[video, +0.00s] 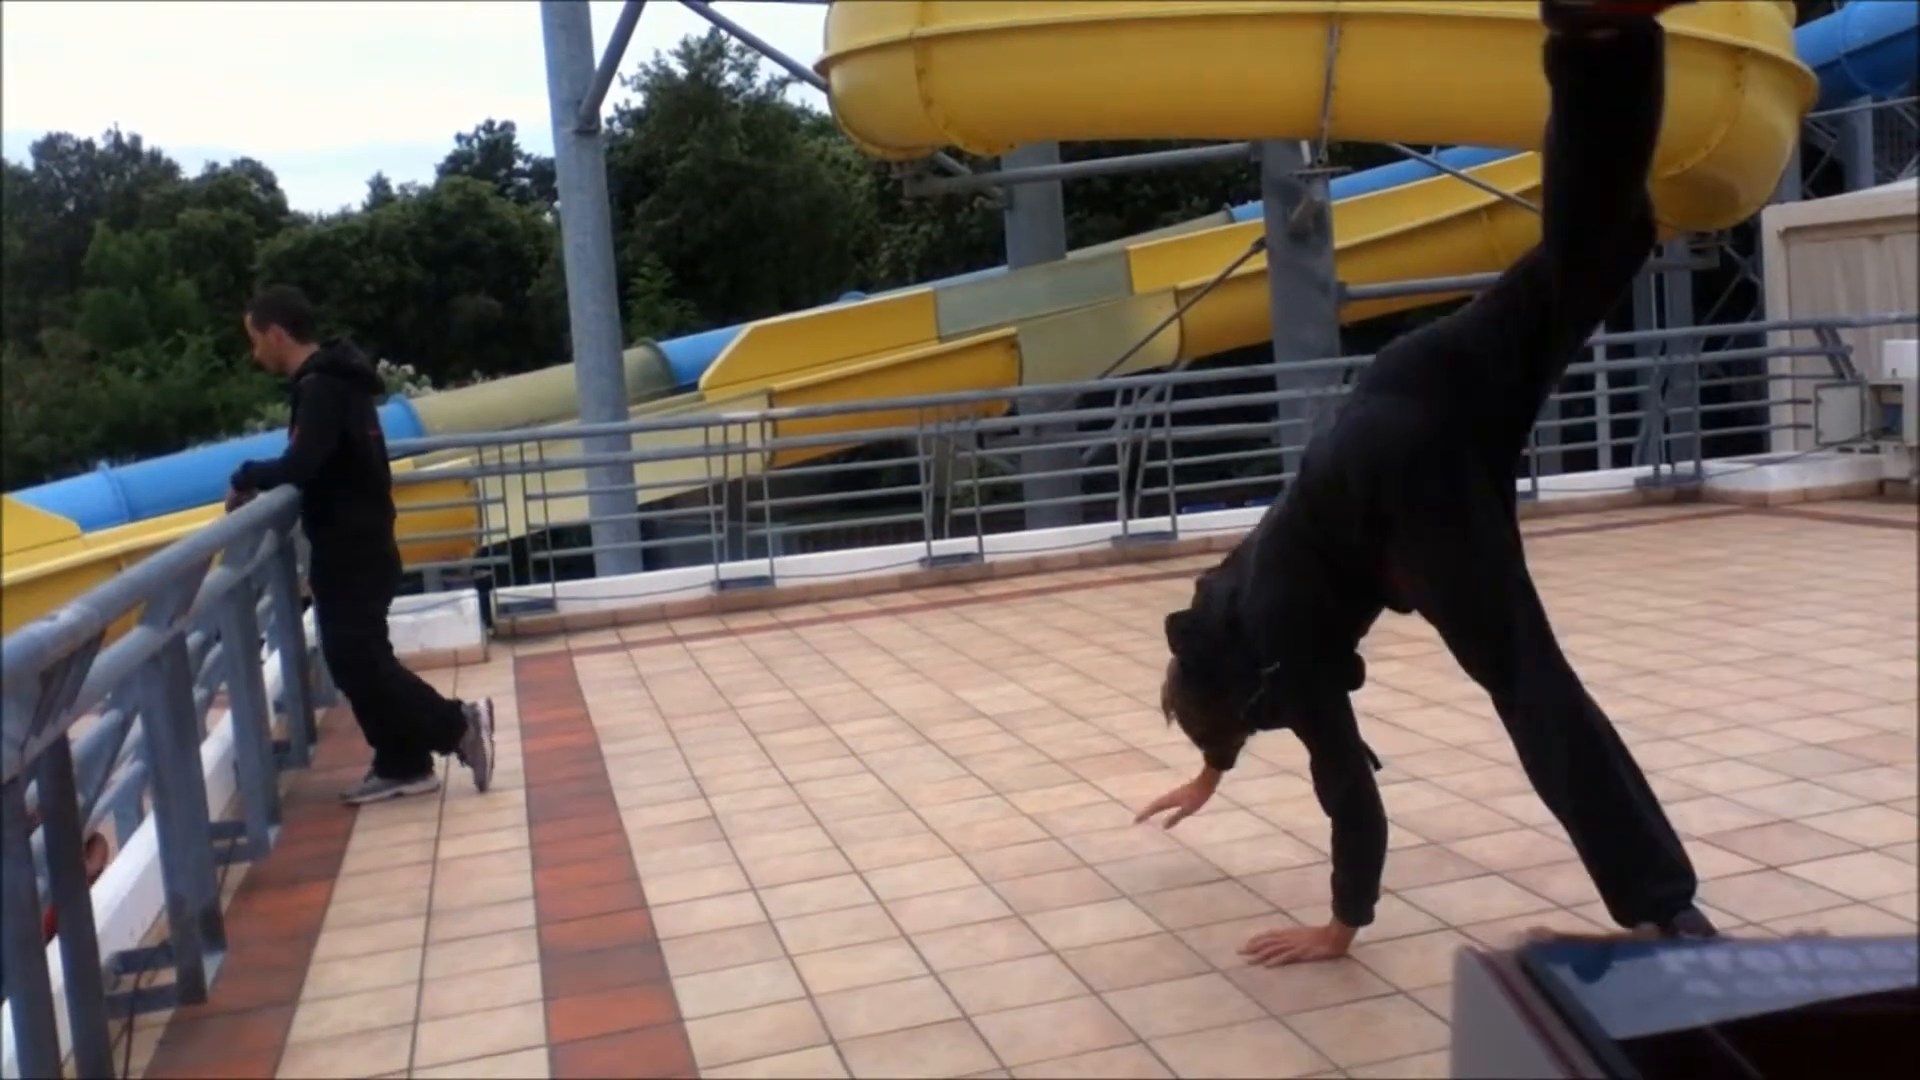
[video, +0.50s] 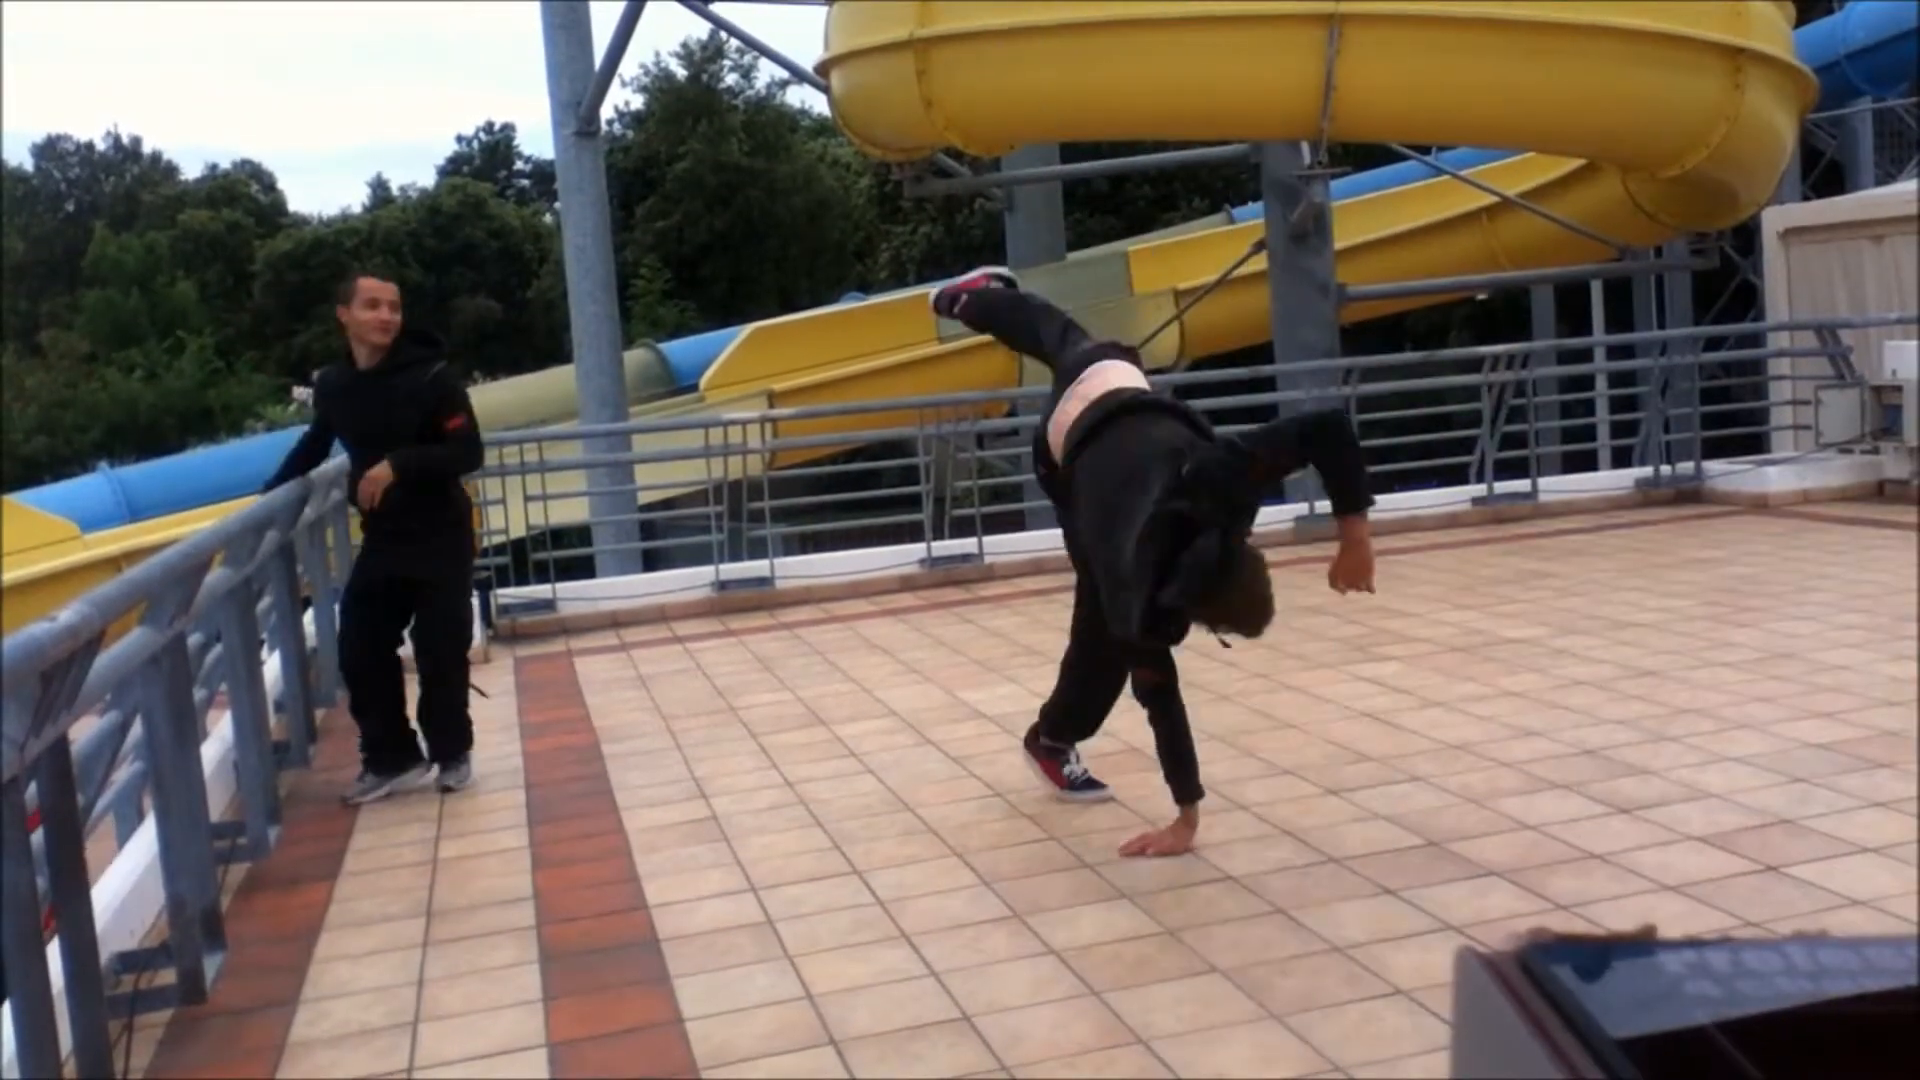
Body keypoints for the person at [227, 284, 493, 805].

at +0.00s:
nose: (254, 354)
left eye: (255, 340)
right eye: (252, 342)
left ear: (278, 333)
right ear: (291, 332)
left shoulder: (320, 384)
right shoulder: (332, 376)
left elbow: (304, 466)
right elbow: (315, 465)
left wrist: (247, 478)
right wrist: (260, 481)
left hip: (351, 552)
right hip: (356, 549)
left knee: (354, 664)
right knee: (359, 660)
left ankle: (457, 726)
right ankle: (401, 766)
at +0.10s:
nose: (252, 347)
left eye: (258, 335)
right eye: (251, 337)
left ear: (292, 333)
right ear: (295, 335)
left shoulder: (322, 385)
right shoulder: (330, 378)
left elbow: (307, 469)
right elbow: (312, 465)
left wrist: (248, 476)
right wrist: (254, 480)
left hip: (365, 547)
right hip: (360, 545)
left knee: (356, 660)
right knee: (350, 658)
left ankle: (464, 724)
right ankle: (399, 766)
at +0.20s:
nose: (282, 338)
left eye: (294, 326)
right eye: (274, 328)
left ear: (322, 331)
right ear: (269, 336)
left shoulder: (342, 383)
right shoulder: (320, 385)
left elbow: (315, 465)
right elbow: (317, 463)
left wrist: (255, 466)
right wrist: (259, 478)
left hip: (384, 544)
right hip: (363, 544)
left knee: (368, 657)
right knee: (354, 656)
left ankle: (474, 721)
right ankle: (400, 764)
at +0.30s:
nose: (314, 332)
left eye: (325, 322)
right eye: (303, 322)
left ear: (343, 328)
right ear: (289, 330)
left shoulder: (361, 383)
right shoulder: (323, 387)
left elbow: (342, 466)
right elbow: (333, 459)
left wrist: (273, 458)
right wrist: (282, 470)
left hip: (402, 543)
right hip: (371, 543)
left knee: (389, 650)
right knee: (357, 652)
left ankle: (482, 721)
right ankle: (400, 763)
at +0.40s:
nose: (344, 319)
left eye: (355, 310)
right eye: (332, 309)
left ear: (369, 319)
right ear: (313, 319)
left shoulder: (398, 378)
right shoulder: (323, 383)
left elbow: (403, 461)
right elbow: (326, 452)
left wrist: (321, 456)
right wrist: (293, 470)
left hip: (419, 531)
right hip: (371, 535)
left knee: (418, 644)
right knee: (365, 654)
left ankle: (467, 730)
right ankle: (400, 760)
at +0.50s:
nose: (385, 316)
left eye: (393, 308)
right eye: (372, 306)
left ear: (402, 317)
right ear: (344, 316)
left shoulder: (430, 375)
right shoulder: (335, 385)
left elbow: (468, 451)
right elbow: (315, 444)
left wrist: (396, 465)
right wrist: (272, 496)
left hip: (442, 530)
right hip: (383, 532)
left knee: (441, 646)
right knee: (360, 644)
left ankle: (452, 753)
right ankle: (392, 756)